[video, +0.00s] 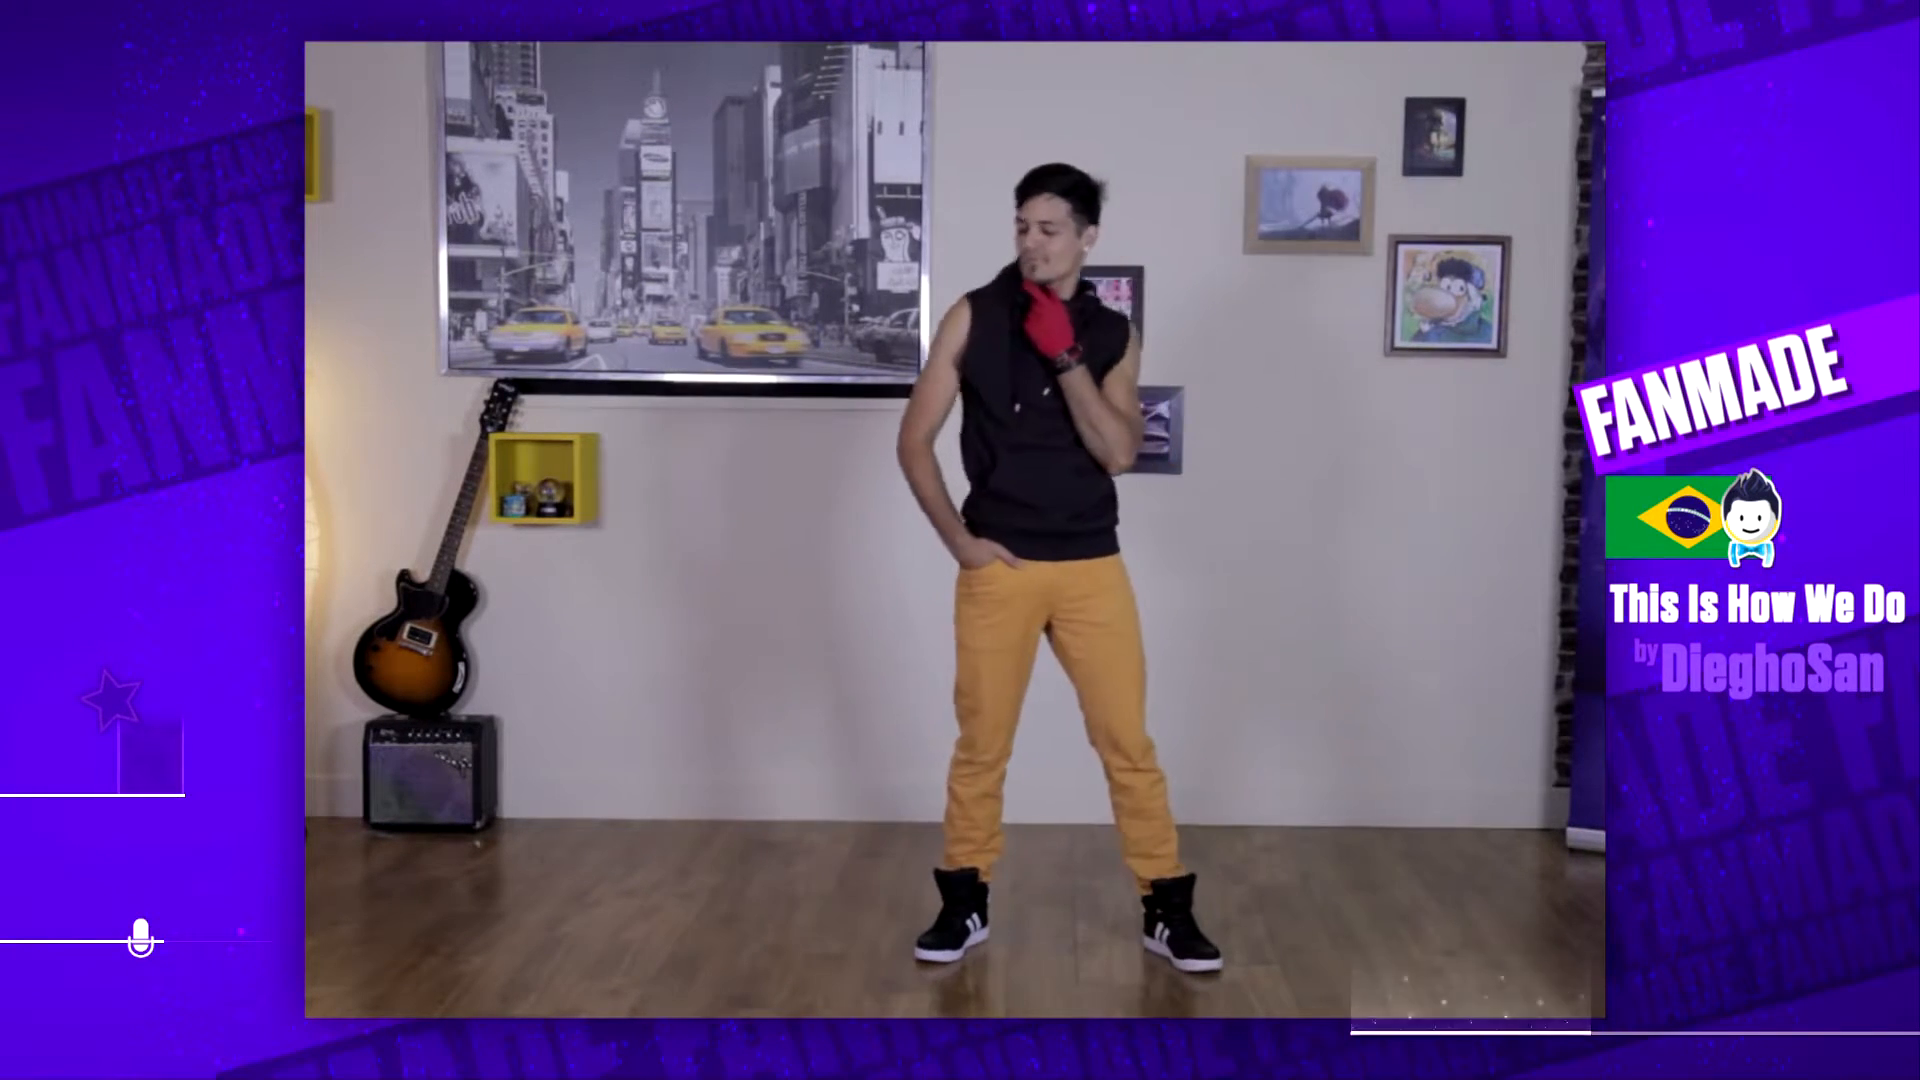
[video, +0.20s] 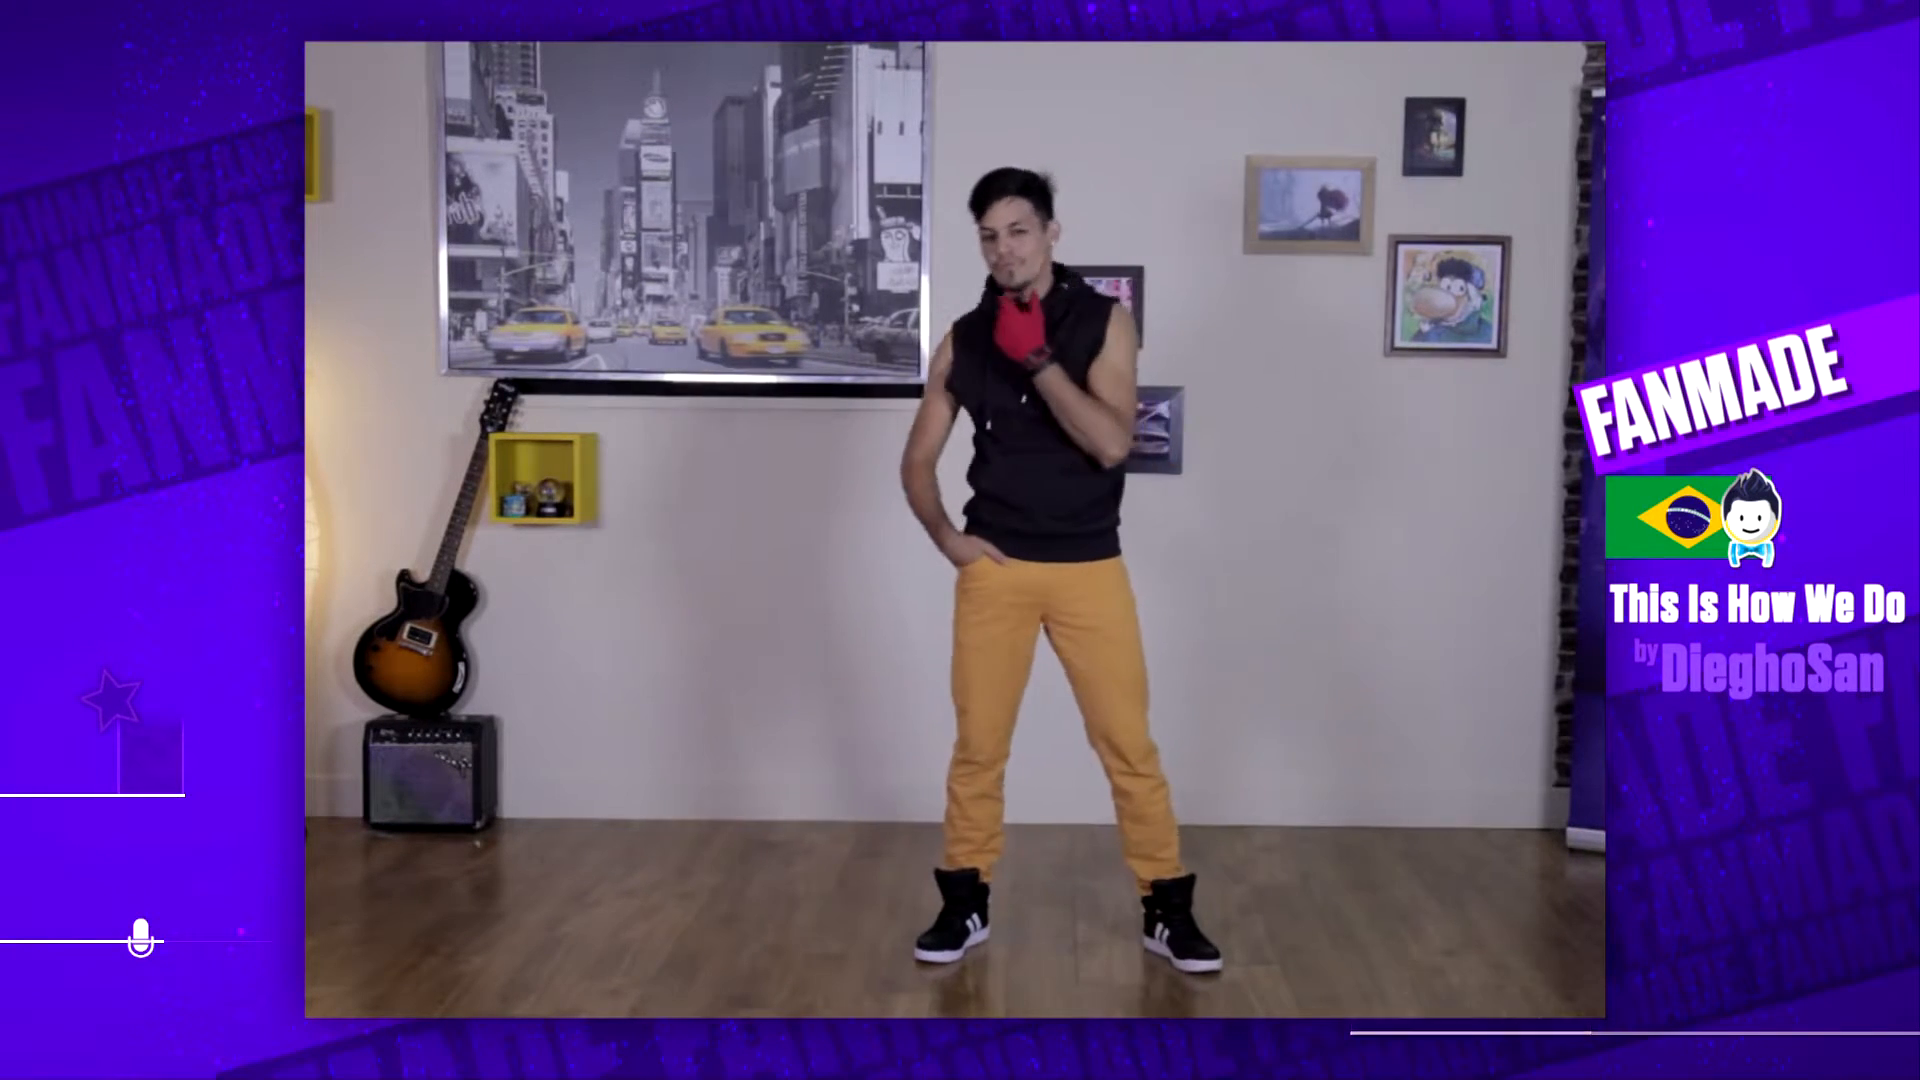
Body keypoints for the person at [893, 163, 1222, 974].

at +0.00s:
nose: (1034, 242)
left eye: (1051, 229)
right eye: (1025, 228)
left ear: (1087, 238)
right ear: (1016, 233)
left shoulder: (1111, 332)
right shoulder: (974, 317)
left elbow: (1119, 453)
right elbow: (914, 440)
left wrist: (1068, 358)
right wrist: (960, 540)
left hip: (1092, 569)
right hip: (998, 568)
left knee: (1127, 742)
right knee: (981, 744)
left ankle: (1167, 905)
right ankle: (962, 903)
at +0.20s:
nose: (1004, 248)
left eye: (1018, 231)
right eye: (990, 236)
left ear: (1051, 233)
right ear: (979, 246)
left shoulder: (1105, 322)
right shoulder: (964, 341)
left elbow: (1113, 444)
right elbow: (917, 461)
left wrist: (1039, 361)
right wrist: (948, 538)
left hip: (1090, 570)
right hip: (994, 569)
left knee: (1128, 743)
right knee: (977, 746)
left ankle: (1167, 906)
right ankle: (963, 903)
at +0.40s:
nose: (1009, 245)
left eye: (1020, 226)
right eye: (994, 237)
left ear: (1056, 223)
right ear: (987, 248)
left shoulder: (1118, 305)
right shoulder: (1003, 333)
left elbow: (1097, 416)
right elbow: (986, 441)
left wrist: (1026, 332)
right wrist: (971, 517)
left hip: (1105, 567)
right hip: (1011, 563)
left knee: (1142, 743)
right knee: (985, 741)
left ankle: (1183, 905)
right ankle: (969, 901)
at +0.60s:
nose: (1052, 247)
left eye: (1064, 229)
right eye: (1040, 237)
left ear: (1105, 225)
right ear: (1035, 246)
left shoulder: (1159, 311)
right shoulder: (1045, 331)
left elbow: (1118, 416)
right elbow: (1037, 444)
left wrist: (1058, 325)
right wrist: (1007, 516)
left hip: (1130, 576)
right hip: (1038, 572)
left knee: (1161, 752)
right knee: (1003, 746)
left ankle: (1192, 908)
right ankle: (985, 905)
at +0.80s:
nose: (1089, 263)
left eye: (1104, 246)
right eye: (1081, 248)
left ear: (1151, 243)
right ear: (1076, 249)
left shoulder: (1192, 337)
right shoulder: (1048, 330)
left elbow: (1158, 443)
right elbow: (1014, 447)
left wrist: (1101, 348)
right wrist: (1010, 531)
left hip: (1143, 577)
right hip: (1048, 570)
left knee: (1165, 749)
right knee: (1011, 746)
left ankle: (1192, 910)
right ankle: (987, 905)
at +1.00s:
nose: (1096, 253)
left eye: (1114, 239)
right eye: (1090, 236)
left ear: (1158, 244)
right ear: (1085, 232)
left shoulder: (1175, 336)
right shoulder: (1041, 301)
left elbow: (1164, 450)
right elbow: (970, 422)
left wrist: (1111, 351)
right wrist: (998, 528)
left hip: (1134, 566)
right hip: (1038, 562)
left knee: (1157, 738)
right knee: (996, 738)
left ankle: (1185, 901)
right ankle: (969, 897)